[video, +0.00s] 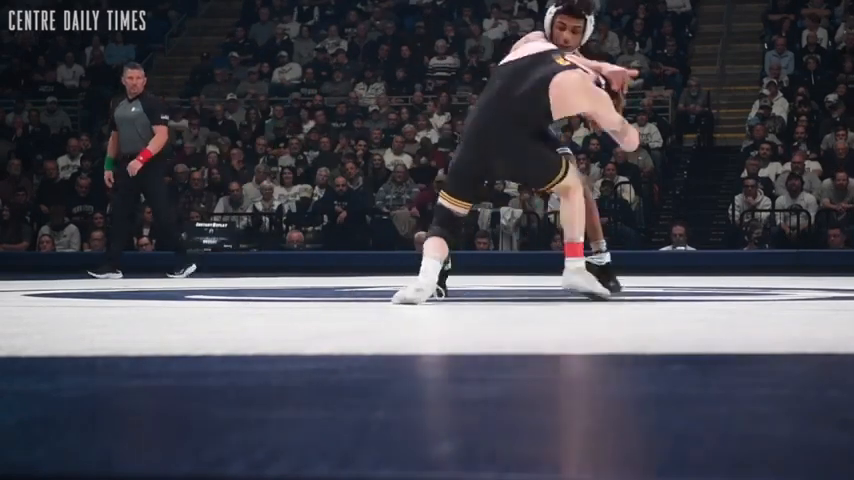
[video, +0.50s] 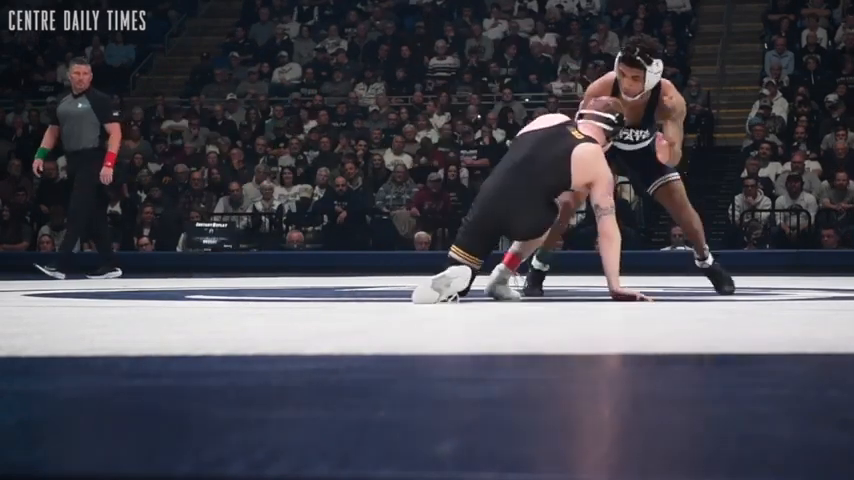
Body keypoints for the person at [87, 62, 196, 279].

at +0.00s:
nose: (134, 83)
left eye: (138, 78)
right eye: (130, 78)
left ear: (145, 80)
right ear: (123, 81)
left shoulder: (152, 103)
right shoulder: (118, 106)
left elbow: (161, 135)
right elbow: (114, 137)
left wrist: (140, 159)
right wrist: (108, 165)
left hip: (150, 164)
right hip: (126, 166)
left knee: (162, 211)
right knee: (119, 213)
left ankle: (184, 260)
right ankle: (113, 265)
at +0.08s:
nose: (123, 81)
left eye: (127, 76)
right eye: (119, 76)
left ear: (133, 79)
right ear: (112, 78)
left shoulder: (141, 101)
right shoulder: (108, 104)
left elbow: (152, 133)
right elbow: (103, 134)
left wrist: (135, 159)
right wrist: (97, 163)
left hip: (137, 161)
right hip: (113, 162)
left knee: (140, 210)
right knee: (110, 212)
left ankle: (174, 251)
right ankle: (111, 265)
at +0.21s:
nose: (108, 78)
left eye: (112, 74)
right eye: (104, 74)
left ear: (119, 76)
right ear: (97, 76)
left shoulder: (128, 98)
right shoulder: (90, 102)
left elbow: (140, 131)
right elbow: (85, 132)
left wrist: (127, 160)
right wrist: (76, 160)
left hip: (121, 159)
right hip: (98, 160)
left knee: (114, 206)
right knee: (102, 211)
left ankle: (145, 247)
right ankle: (110, 265)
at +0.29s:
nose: (101, 77)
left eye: (105, 73)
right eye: (96, 73)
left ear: (111, 75)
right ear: (89, 75)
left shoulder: (118, 98)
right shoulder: (84, 101)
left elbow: (133, 129)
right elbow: (75, 131)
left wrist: (123, 160)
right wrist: (64, 156)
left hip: (111, 158)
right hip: (91, 159)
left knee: (99, 208)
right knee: (96, 209)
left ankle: (116, 257)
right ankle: (111, 259)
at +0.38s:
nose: (92, 77)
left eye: (96, 73)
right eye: (88, 73)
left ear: (102, 76)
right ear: (81, 75)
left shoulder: (110, 98)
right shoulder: (74, 102)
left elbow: (126, 130)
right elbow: (65, 131)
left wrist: (118, 161)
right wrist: (53, 156)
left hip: (104, 158)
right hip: (85, 159)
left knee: (90, 207)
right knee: (94, 210)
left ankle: (90, 262)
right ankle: (110, 264)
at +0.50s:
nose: (81, 78)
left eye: (85, 74)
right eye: (77, 74)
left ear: (91, 76)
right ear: (69, 76)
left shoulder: (99, 100)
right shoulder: (62, 103)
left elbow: (115, 132)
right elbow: (52, 131)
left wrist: (109, 164)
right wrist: (40, 155)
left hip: (94, 160)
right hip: (74, 162)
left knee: (78, 209)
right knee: (93, 212)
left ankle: (60, 264)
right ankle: (109, 263)